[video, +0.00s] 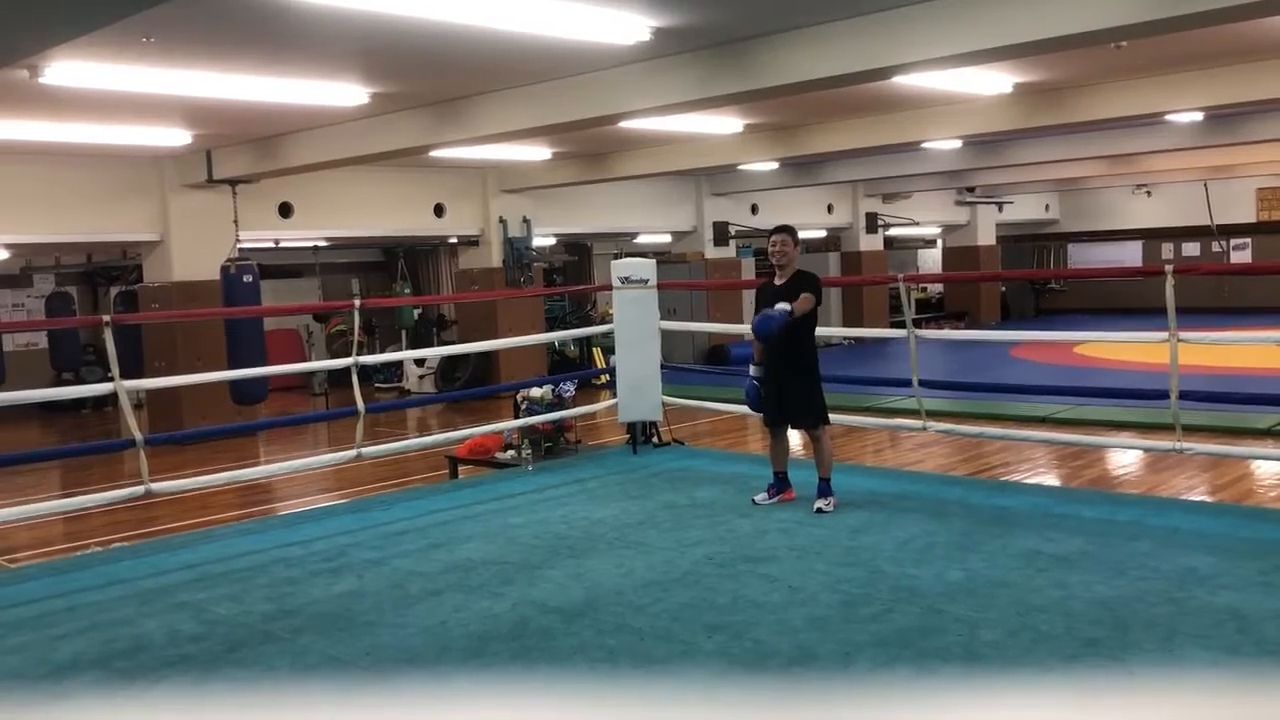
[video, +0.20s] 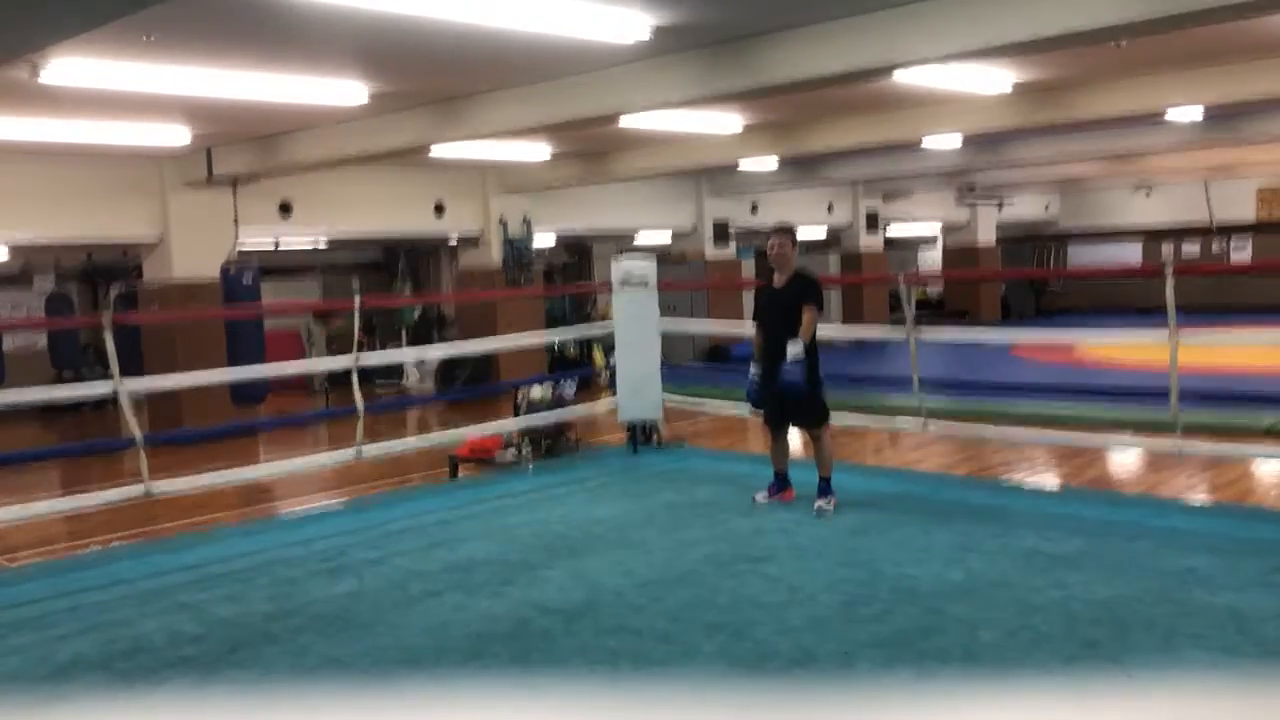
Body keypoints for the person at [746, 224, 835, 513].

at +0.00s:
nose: (777, 249)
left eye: (784, 244)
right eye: (773, 245)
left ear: (796, 249)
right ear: (767, 251)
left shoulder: (809, 280)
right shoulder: (764, 290)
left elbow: (808, 301)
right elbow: (759, 334)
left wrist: (786, 312)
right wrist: (755, 374)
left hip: (802, 367)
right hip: (772, 368)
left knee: (815, 430)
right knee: (775, 428)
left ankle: (824, 489)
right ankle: (780, 484)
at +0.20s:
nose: (775, 251)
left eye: (782, 246)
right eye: (772, 246)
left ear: (794, 249)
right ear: (766, 251)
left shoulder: (807, 283)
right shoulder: (763, 290)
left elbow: (810, 318)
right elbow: (759, 331)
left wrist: (799, 349)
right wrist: (756, 367)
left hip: (802, 365)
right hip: (771, 365)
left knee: (815, 427)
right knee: (775, 427)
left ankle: (825, 488)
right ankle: (781, 483)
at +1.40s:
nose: (778, 250)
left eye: (784, 245)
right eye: (773, 245)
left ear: (795, 249)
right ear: (767, 250)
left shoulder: (809, 284)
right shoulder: (761, 288)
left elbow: (817, 329)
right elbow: (755, 332)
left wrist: (812, 369)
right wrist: (751, 373)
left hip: (802, 368)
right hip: (771, 368)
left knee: (815, 430)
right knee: (775, 428)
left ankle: (825, 489)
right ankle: (781, 484)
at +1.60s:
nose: (776, 251)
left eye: (783, 245)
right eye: (772, 246)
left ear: (794, 249)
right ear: (766, 251)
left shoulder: (807, 285)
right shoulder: (761, 289)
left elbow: (815, 329)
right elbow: (756, 333)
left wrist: (811, 370)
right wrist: (751, 374)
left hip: (800, 369)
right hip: (770, 370)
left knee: (814, 431)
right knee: (775, 429)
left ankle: (824, 489)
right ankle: (781, 484)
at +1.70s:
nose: (775, 251)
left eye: (781, 246)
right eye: (771, 246)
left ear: (793, 249)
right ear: (765, 251)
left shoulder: (807, 285)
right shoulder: (760, 289)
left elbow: (814, 329)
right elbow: (755, 333)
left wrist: (811, 370)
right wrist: (751, 374)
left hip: (799, 370)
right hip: (769, 370)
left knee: (813, 432)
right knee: (773, 429)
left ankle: (823, 489)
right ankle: (780, 484)